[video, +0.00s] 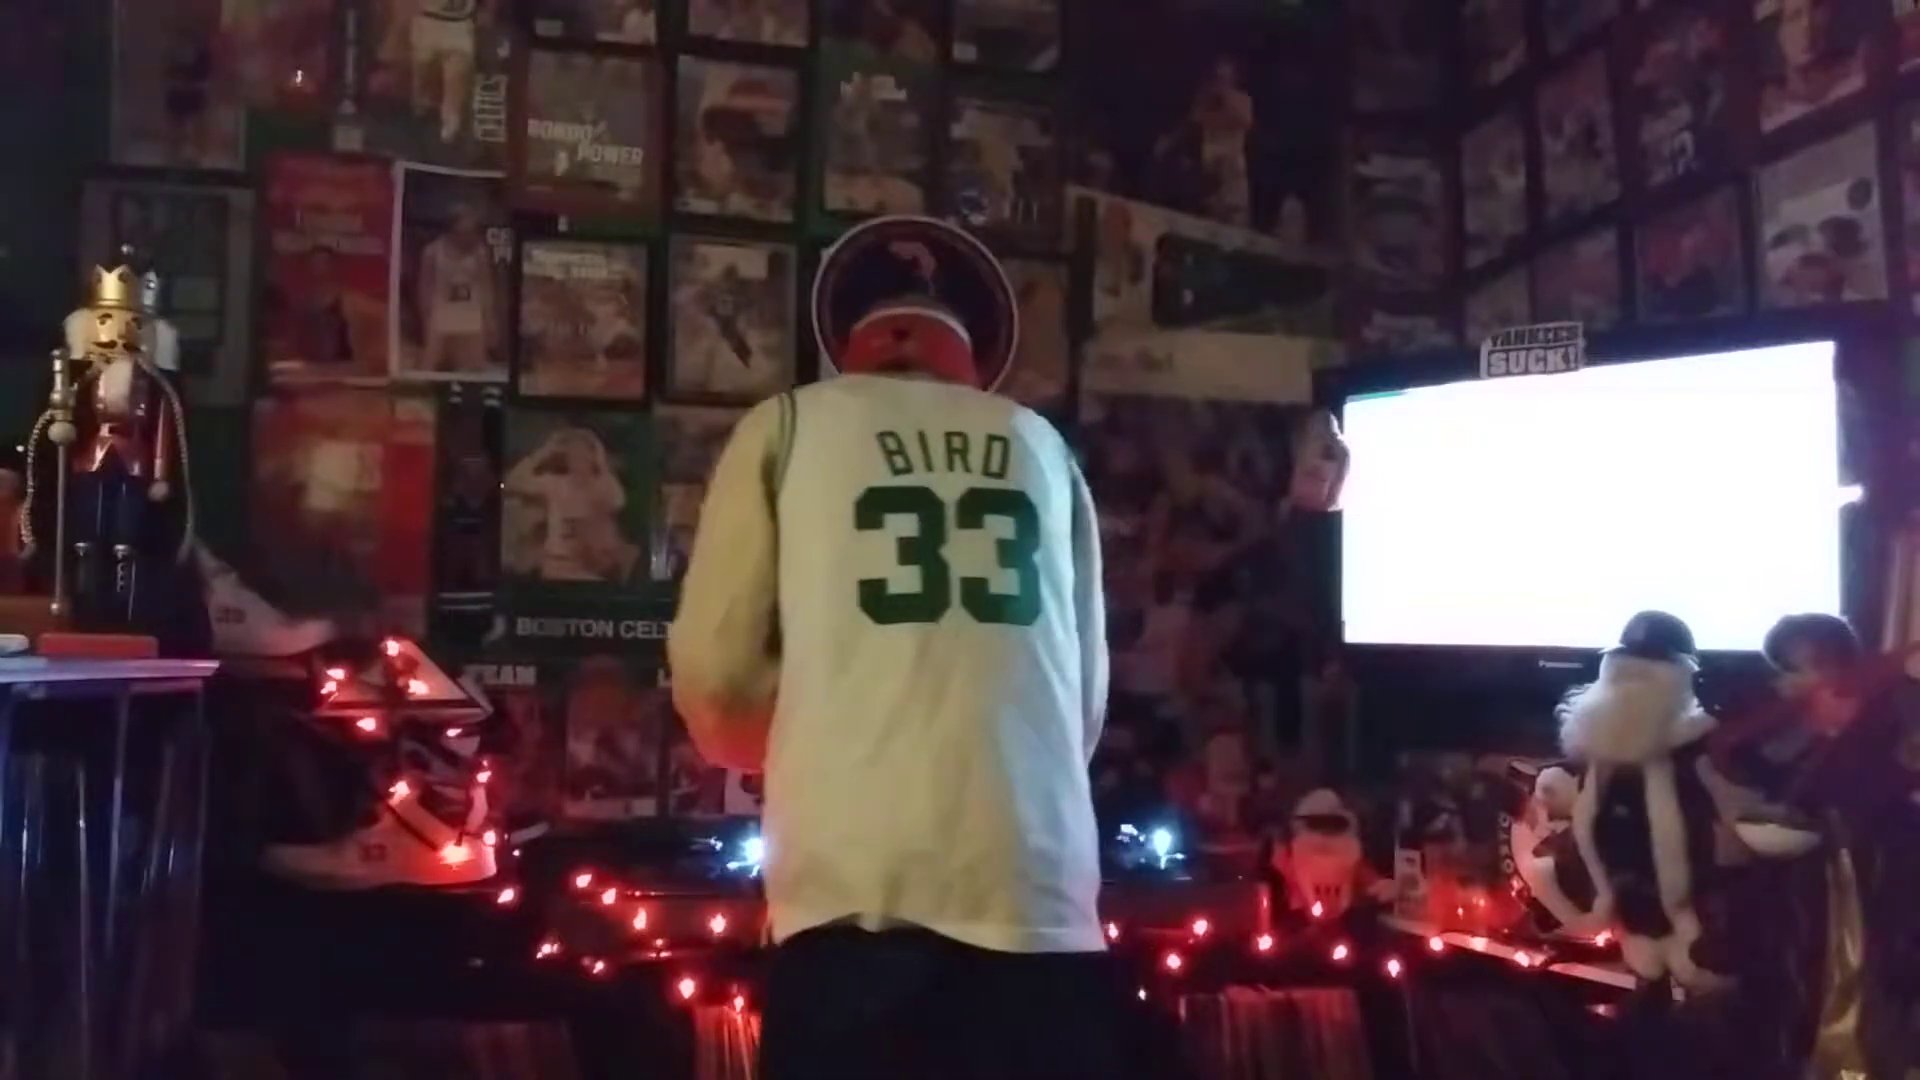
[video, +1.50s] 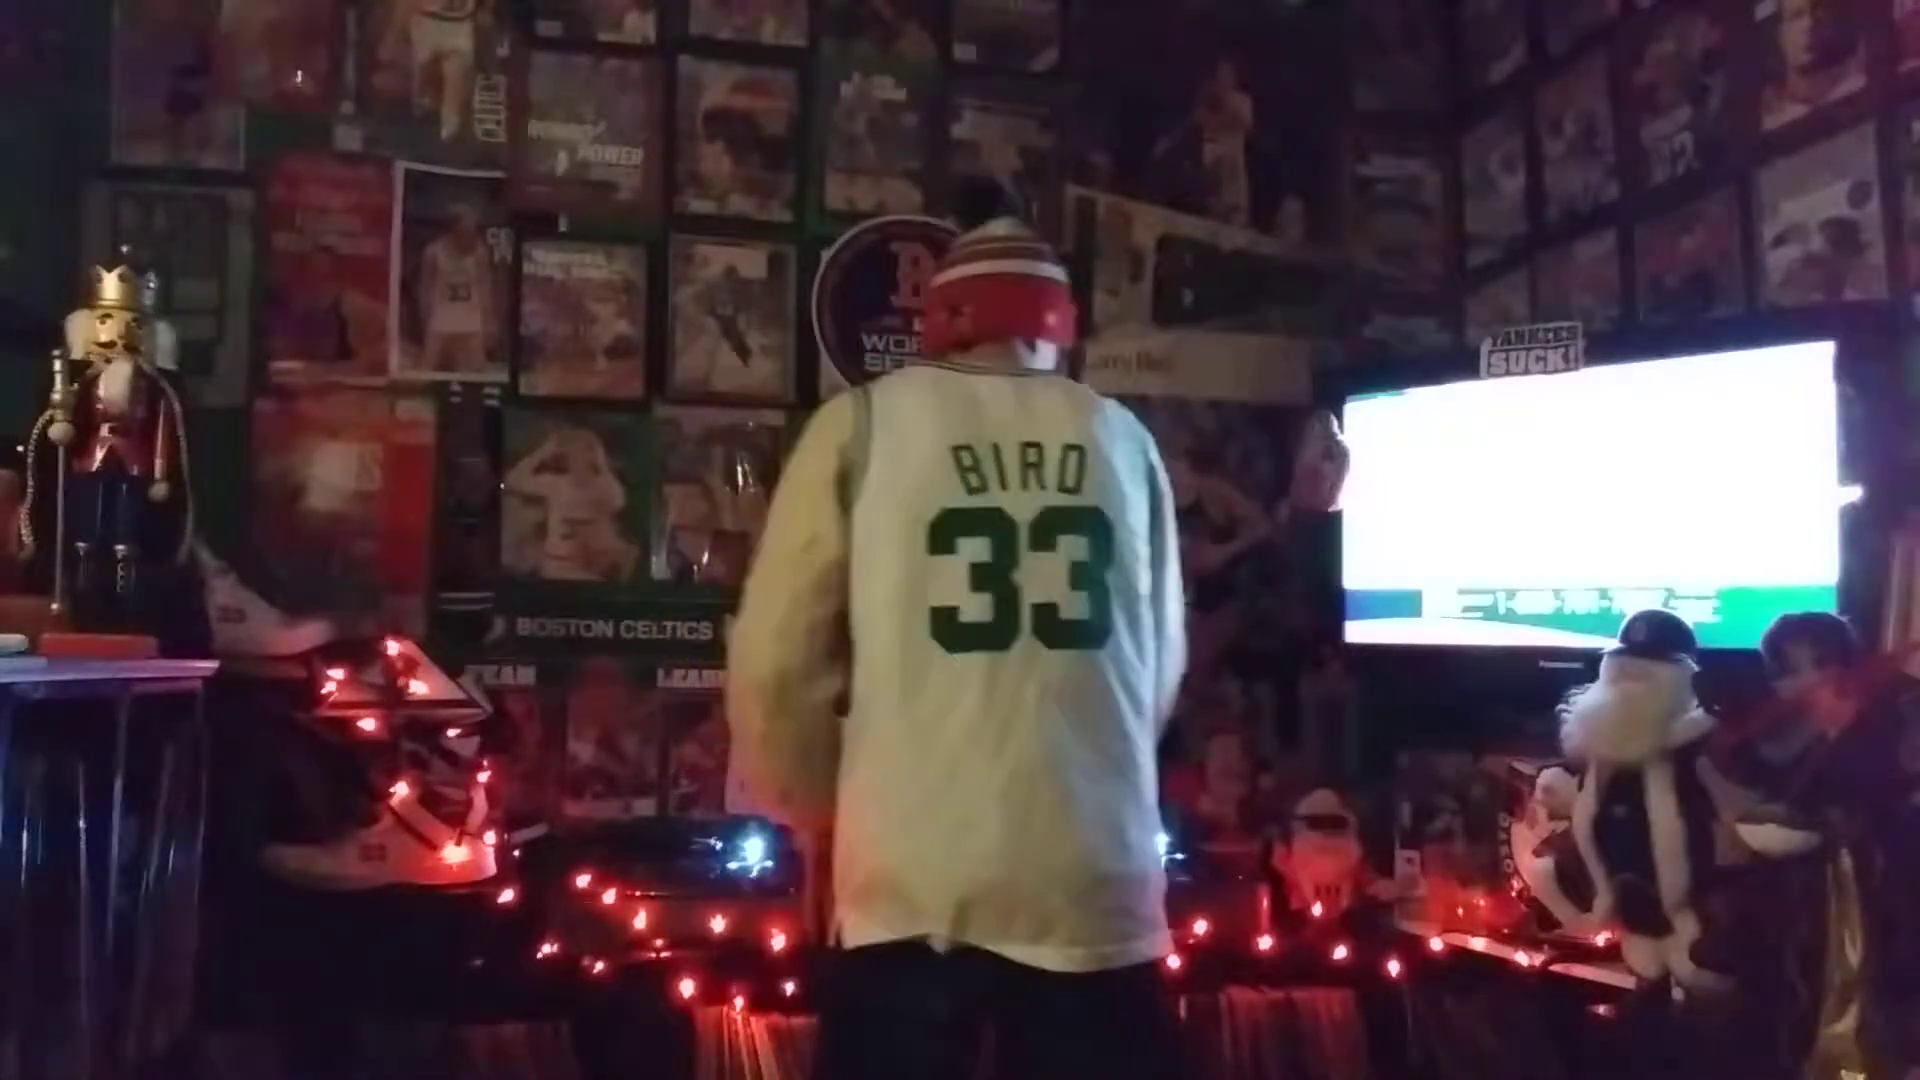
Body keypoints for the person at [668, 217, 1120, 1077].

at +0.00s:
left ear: (840, 344)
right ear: (977, 349)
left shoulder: (781, 426)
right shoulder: (1050, 449)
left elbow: (712, 673)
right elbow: (1084, 703)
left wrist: (817, 767)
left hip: (847, 928)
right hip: (1043, 932)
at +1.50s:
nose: (919, 322)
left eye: (929, 306)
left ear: (945, 318)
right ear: (1062, 335)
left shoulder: (857, 424)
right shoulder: (1128, 440)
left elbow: (773, 662)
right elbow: (1161, 664)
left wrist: (830, 814)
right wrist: (1083, 779)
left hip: (908, 874)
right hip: (1097, 882)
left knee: (895, 1063)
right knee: (1099, 1067)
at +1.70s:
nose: (963, 334)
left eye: (972, 315)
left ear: (994, 318)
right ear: (1100, 334)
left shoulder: (907, 422)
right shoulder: (1171, 448)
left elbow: (830, 666)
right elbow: (1229, 692)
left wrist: (849, 816)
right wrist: (1162, 804)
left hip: (946, 880)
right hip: (1132, 890)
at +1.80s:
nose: (979, 335)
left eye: (988, 316)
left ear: (1010, 319)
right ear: (1116, 340)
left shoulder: (924, 418)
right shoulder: (1189, 451)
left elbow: (844, 667)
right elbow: (1249, 705)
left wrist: (868, 813)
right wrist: (1179, 812)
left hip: (953, 887)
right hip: (1140, 902)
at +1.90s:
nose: (996, 330)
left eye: (1004, 313)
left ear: (1019, 317)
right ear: (1130, 339)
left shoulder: (937, 415)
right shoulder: (1204, 453)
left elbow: (851, 664)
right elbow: (1263, 706)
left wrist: (915, 807)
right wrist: (1179, 812)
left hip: (959, 892)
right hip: (1148, 909)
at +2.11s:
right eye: (1168, 346)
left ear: (1032, 323)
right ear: (1153, 347)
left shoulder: (946, 414)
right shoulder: (1218, 455)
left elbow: (857, 655)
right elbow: (1268, 703)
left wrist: (941, 770)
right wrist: (1181, 812)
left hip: (963, 880)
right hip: (1151, 898)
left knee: (931, 1063)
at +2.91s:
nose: (1063, 353)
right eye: (1060, 335)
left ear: (929, 316)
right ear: (1048, 332)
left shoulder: (815, 415)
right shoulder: (1092, 440)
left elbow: (738, 652)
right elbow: (1150, 685)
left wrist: (858, 714)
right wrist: (1059, 762)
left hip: (851, 895)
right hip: (1045, 904)